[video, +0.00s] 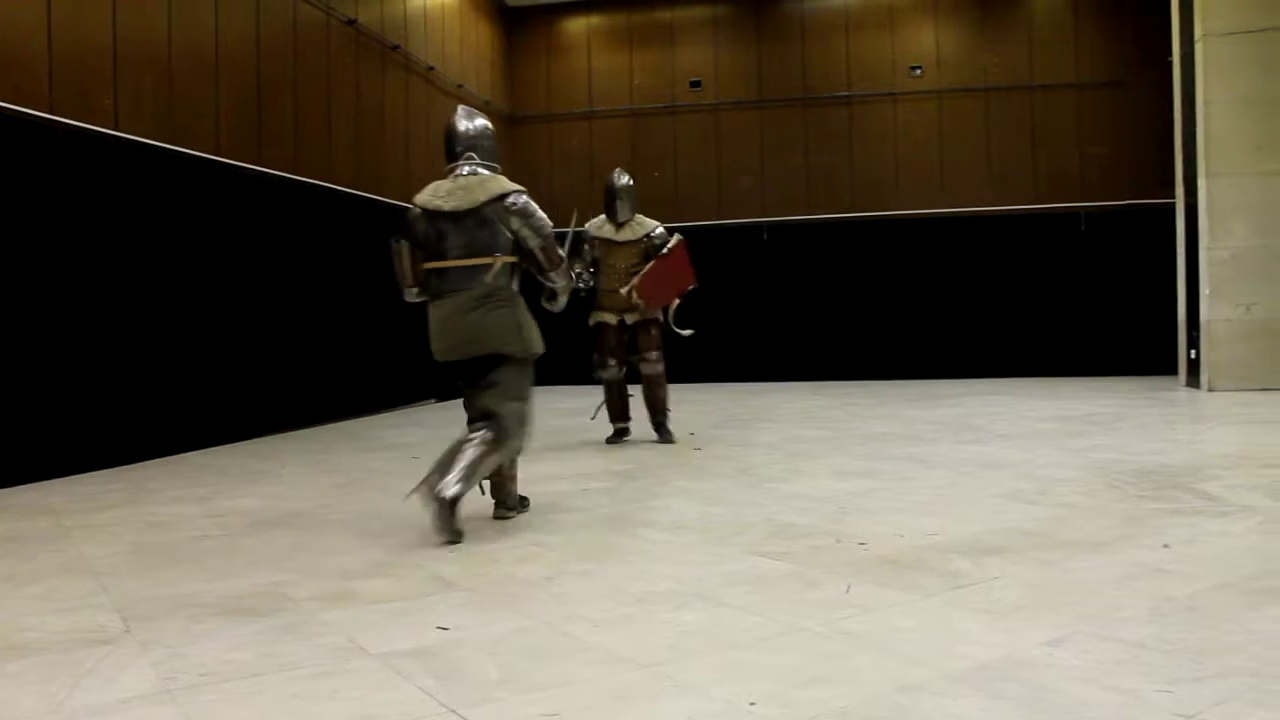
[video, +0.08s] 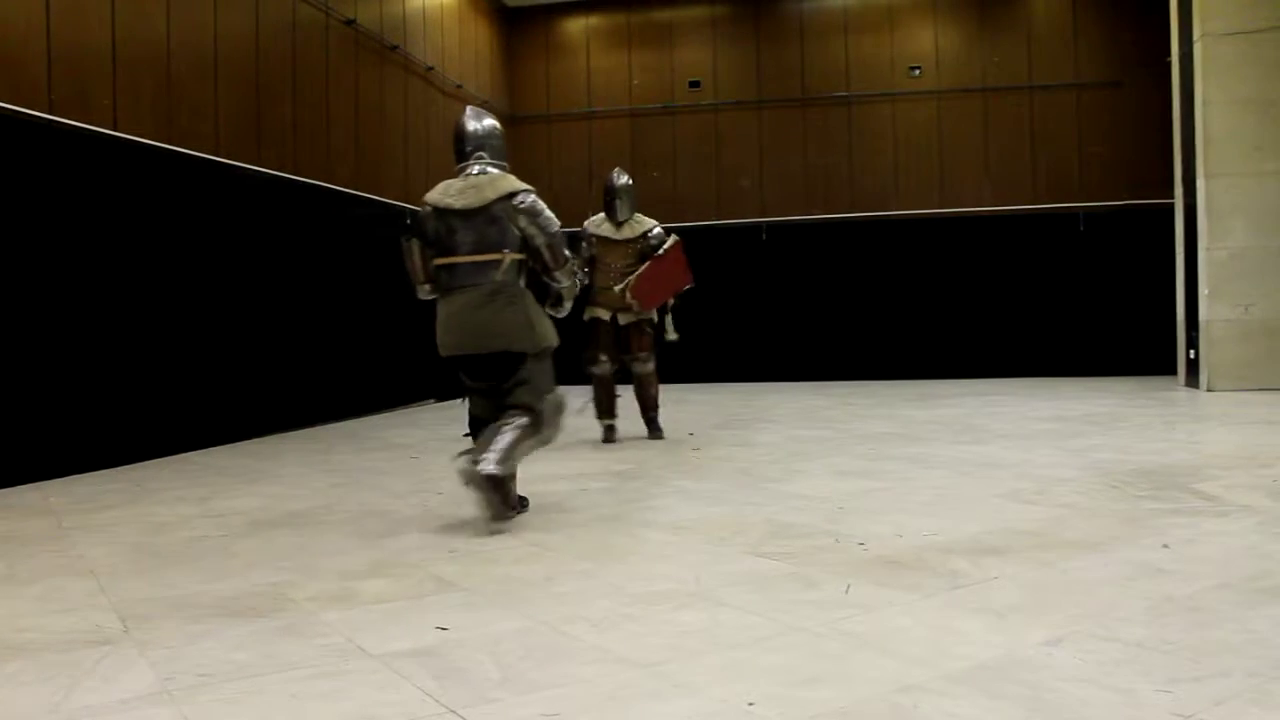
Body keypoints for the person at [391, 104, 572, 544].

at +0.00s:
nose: (493, 153)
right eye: (492, 146)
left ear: (450, 150)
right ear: (492, 146)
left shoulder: (425, 203)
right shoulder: (503, 193)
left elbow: (413, 281)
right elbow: (545, 244)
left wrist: (441, 289)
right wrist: (558, 284)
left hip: (447, 322)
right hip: (498, 318)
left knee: (485, 409)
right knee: (509, 419)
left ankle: (506, 496)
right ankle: (446, 489)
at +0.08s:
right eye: (498, 145)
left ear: (459, 150)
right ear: (501, 146)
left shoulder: (435, 200)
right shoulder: (512, 191)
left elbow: (422, 264)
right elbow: (549, 234)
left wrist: (435, 286)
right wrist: (565, 279)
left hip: (454, 315)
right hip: (506, 311)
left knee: (484, 400)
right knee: (537, 400)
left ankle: (501, 490)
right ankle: (492, 463)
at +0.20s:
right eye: (517, 144)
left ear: (479, 148)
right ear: (519, 145)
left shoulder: (455, 197)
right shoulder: (531, 190)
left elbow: (443, 262)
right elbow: (568, 236)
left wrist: (464, 283)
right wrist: (575, 278)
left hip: (472, 315)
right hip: (527, 314)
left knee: (492, 402)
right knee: (561, 390)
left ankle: (504, 497)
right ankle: (550, 471)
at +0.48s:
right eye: (564, 164)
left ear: (527, 168)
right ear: (564, 165)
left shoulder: (504, 214)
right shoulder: (580, 212)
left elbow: (499, 271)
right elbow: (621, 261)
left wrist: (520, 291)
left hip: (522, 325)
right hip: (573, 326)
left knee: (528, 400)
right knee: (591, 400)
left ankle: (517, 475)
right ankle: (600, 474)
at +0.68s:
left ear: (562, 160)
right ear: (599, 158)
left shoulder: (539, 204)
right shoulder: (622, 204)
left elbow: (527, 268)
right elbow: (647, 267)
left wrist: (552, 285)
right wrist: (629, 306)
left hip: (556, 314)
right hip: (606, 314)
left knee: (565, 381)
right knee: (611, 390)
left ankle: (575, 457)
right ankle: (620, 470)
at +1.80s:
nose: (615, 206)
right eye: (612, 203)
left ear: (579, 205)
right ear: (607, 205)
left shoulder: (559, 239)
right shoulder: (622, 240)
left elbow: (551, 282)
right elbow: (641, 281)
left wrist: (568, 298)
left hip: (572, 322)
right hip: (611, 322)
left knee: (582, 376)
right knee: (611, 376)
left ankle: (588, 439)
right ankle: (601, 441)